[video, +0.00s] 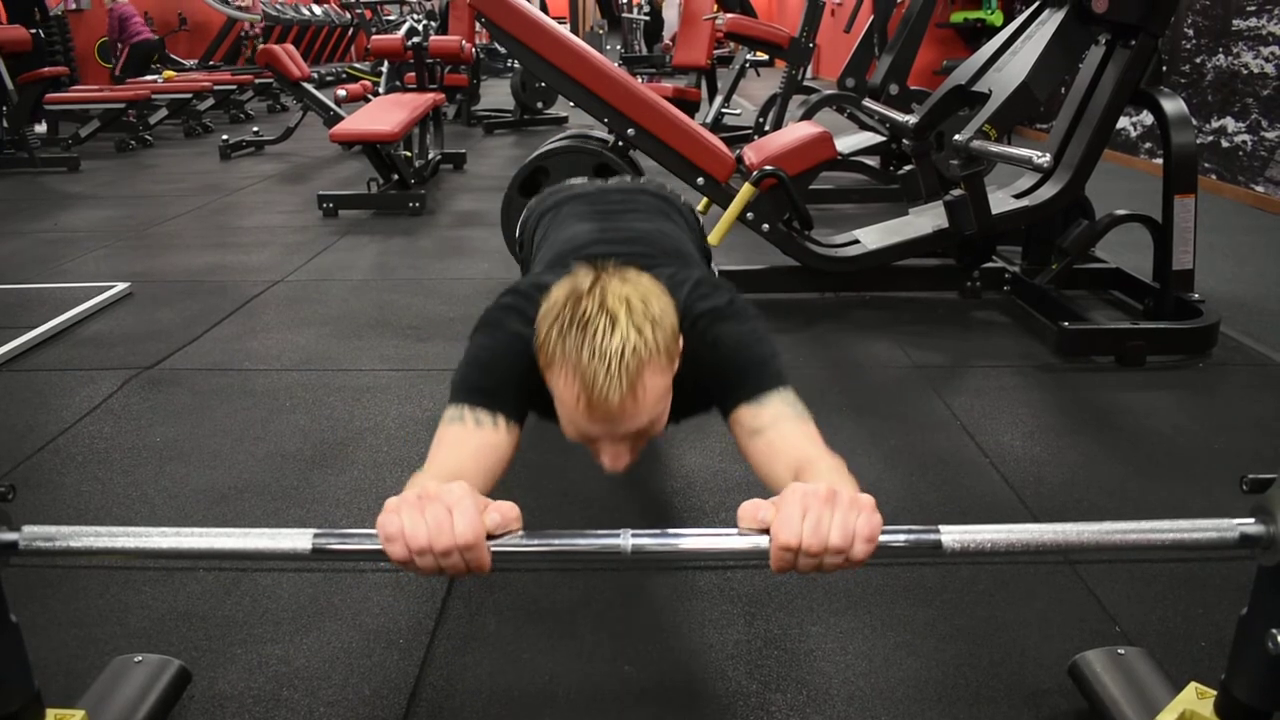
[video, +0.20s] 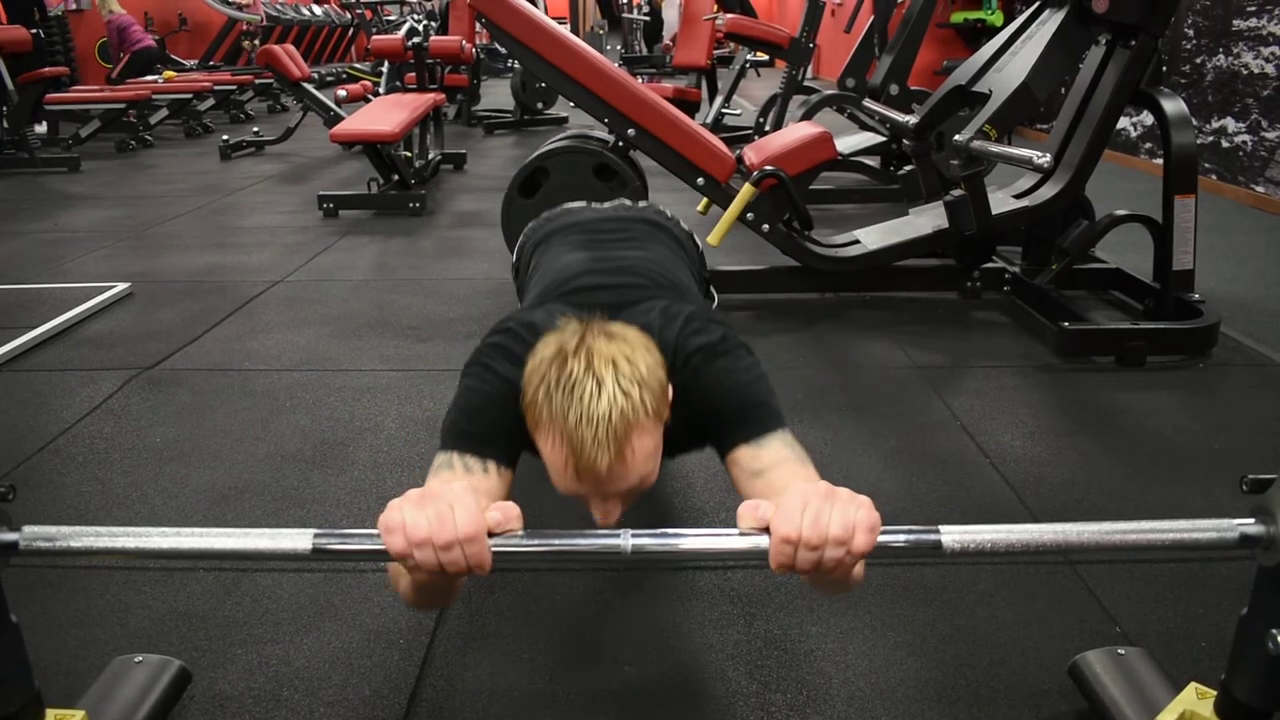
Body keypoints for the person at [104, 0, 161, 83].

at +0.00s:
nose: (104, 3)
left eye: (105, 2)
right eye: (104, 2)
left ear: (111, 1)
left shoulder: (115, 9)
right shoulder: (129, 6)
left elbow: (113, 36)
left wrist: (114, 56)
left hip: (135, 45)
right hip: (150, 41)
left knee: (117, 76)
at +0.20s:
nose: (98, 11)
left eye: (99, 8)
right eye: (97, 8)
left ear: (105, 8)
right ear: (115, 5)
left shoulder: (112, 20)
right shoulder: (127, 16)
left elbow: (114, 47)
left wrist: (116, 68)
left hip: (138, 53)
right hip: (153, 49)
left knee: (112, 79)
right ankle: (155, 70)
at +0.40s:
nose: (95, 21)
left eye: (96, 18)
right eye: (95, 18)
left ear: (102, 17)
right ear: (111, 14)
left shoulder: (109, 30)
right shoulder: (124, 25)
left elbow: (113, 56)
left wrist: (114, 72)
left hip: (140, 57)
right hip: (154, 54)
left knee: (111, 80)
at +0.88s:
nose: (94, 15)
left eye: (95, 12)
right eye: (94, 12)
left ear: (101, 12)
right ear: (111, 8)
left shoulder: (109, 23)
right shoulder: (124, 18)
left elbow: (112, 50)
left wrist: (113, 70)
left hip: (137, 53)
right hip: (152, 50)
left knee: (112, 79)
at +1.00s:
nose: (99, 10)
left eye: (99, 7)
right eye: (98, 7)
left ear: (103, 6)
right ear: (116, 3)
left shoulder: (110, 16)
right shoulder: (126, 12)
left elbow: (111, 44)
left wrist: (113, 66)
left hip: (135, 48)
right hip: (152, 45)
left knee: (115, 78)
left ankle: (151, 72)